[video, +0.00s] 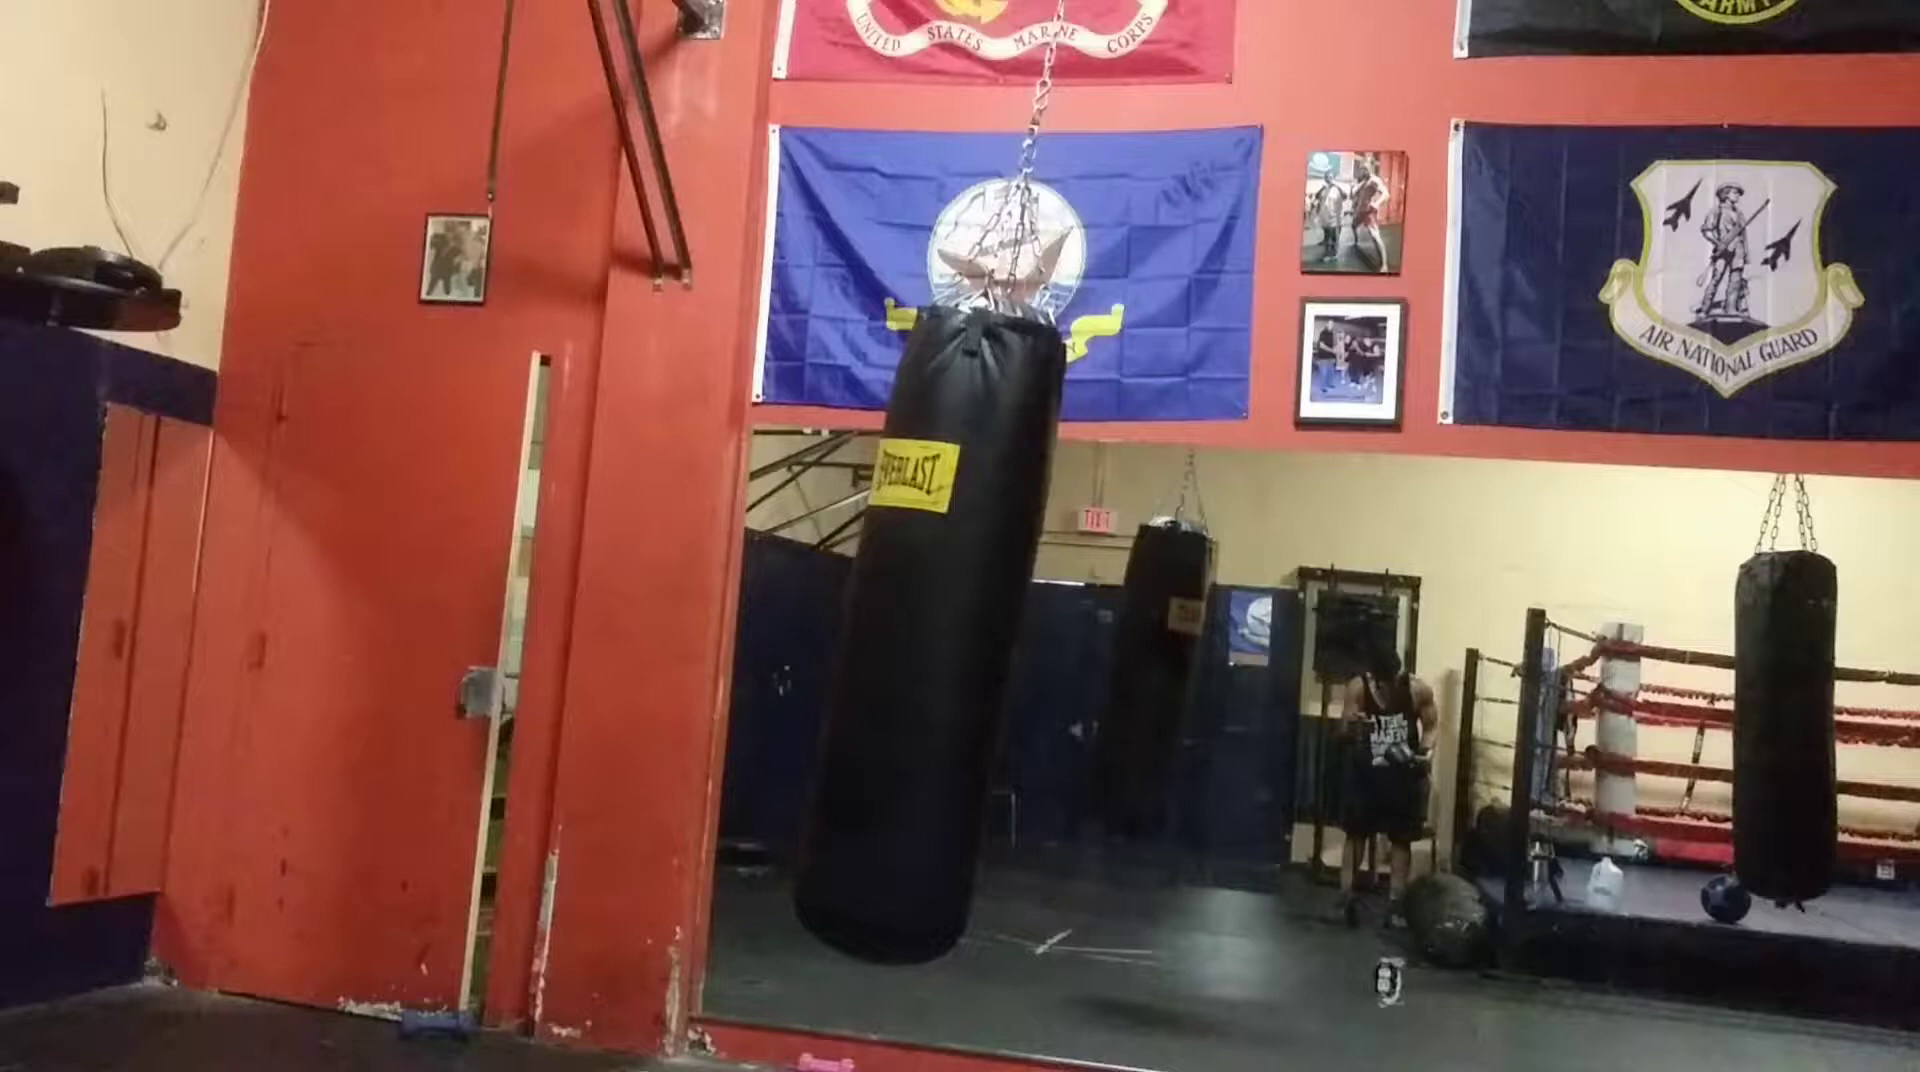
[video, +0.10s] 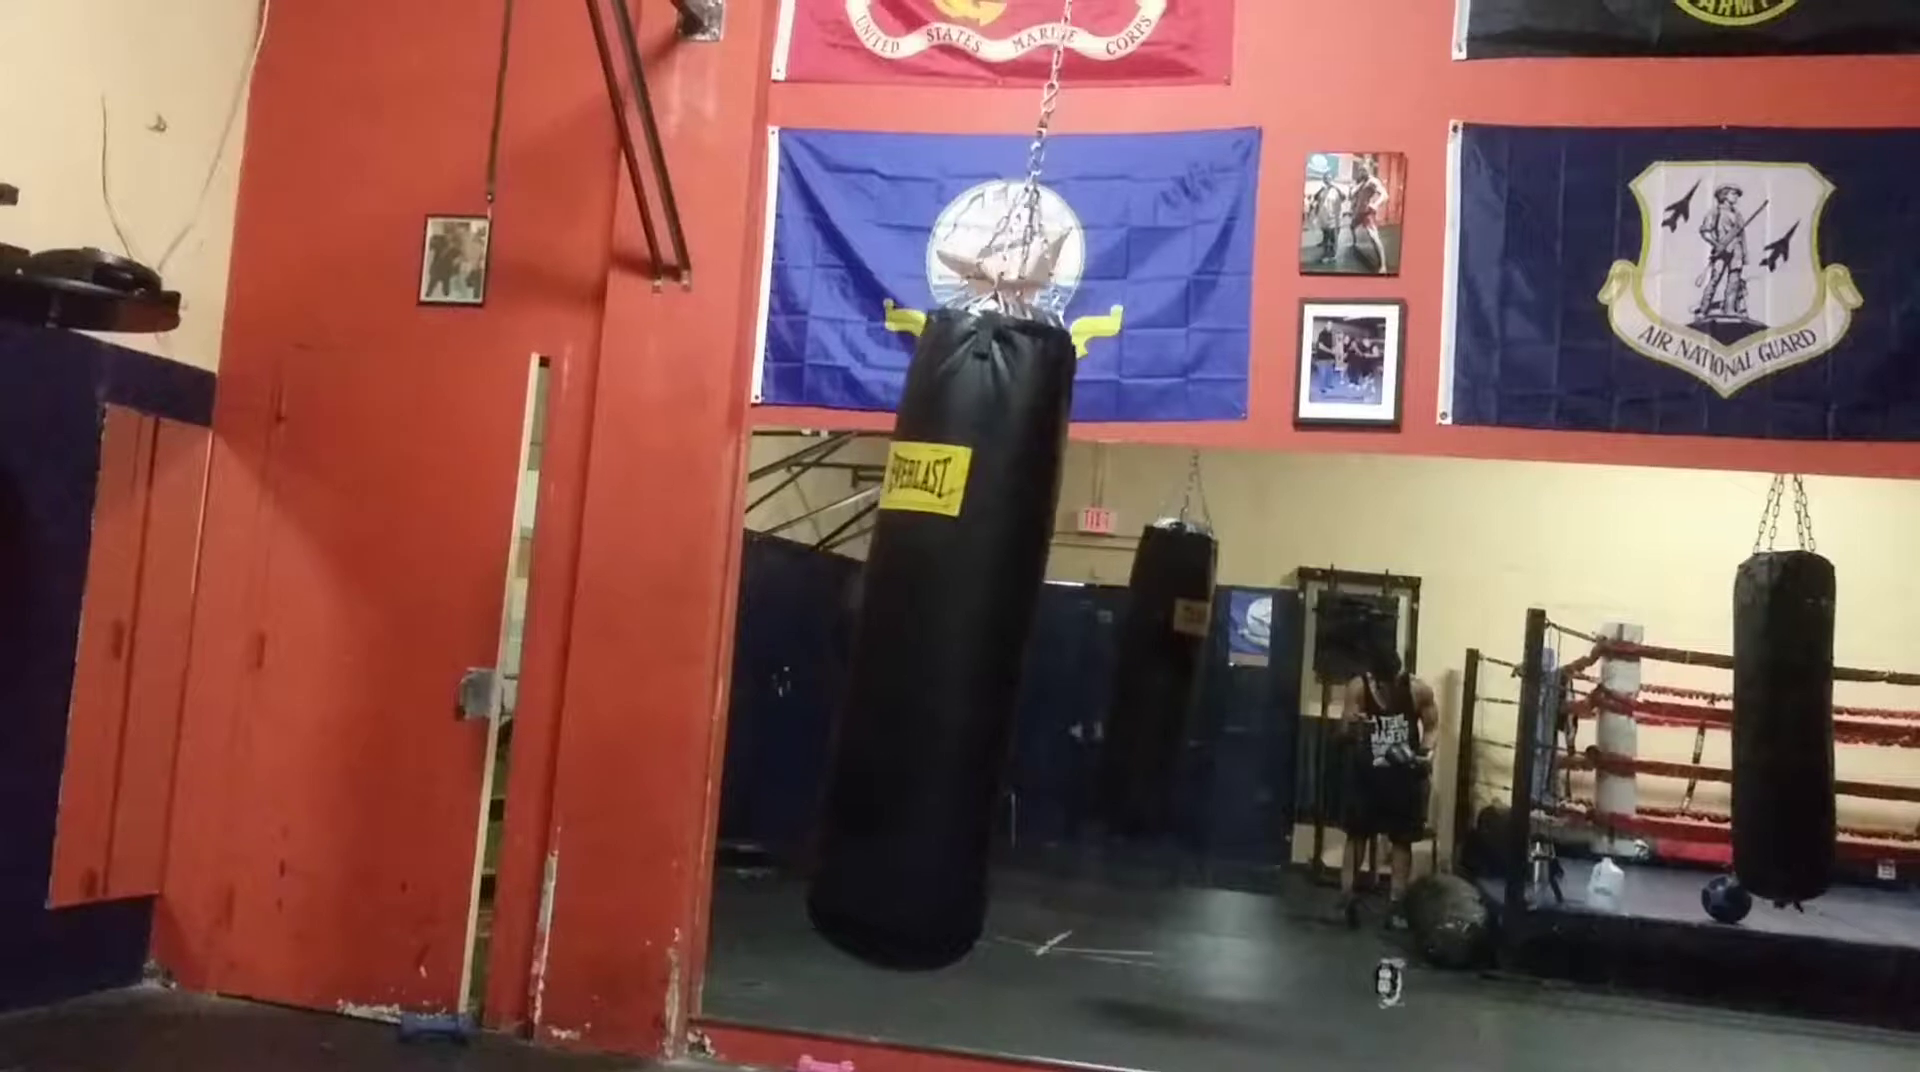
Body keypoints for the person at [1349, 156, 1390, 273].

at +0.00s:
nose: (1356, 172)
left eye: (1359, 169)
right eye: (1356, 169)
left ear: (1365, 170)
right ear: (1358, 171)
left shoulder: (1374, 180)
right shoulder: (1359, 183)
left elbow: (1385, 193)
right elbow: (1353, 196)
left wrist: (1376, 204)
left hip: (1369, 211)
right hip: (1358, 212)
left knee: (1375, 236)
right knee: (1353, 227)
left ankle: (1384, 264)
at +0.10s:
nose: (1360, 173)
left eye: (1362, 170)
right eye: (1359, 170)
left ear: (1367, 171)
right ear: (1358, 172)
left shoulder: (1372, 182)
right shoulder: (1358, 184)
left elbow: (1384, 194)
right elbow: (1351, 196)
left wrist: (1375, 205)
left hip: (1367, 213)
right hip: (1357, 213)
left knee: (1374, 237)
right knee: (1351, 229)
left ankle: (1382, 265)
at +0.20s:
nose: (1358, 172)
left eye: (1360, 170)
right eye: (1356, 170)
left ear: (1365, 170)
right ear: (1355, 171)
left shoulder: (1370, 181)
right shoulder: (1356, 183)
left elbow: (1382, 194)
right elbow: (1349, 195)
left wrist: (1373, 205)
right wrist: (1359, 184)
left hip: (1366, 212)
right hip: (1355, 212)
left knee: (1372, 236)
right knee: (1350, 227)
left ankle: (1381, 265)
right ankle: (1353, 243)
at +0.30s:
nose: (1356, 173)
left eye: (1359, 170)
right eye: (1356, 170)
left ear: (1364, 171)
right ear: (1355, 172)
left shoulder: (1371, 181)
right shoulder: (1356, 184)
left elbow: (1382, 194)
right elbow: (1349, 196)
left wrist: (1373, 205)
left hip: (1366, 212)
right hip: (1355, 212)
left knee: (1372, 237)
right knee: (1350, 227)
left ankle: (1381, 265)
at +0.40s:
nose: (1360, 173)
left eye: (1362, 170)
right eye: (1358, 171)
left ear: (1366, 171)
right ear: (1356, 172)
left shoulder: (1371, 182)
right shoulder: (1357, 185)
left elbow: (1383, 195)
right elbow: (1349, 196)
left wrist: (1373, 206)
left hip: (1367, 213)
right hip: (1356, 214)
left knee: (1373, 238)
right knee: (1351, 230)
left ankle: (1381, 266)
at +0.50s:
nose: (1364, 175)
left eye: (1366, 173)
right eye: (1362, 173)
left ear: (1370, 174)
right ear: (1361, 174)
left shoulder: (1375, 184)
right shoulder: (1360, 185)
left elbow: (1386, 197)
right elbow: (1353, 196)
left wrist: (1376, 207)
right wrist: (1364, 187)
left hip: (1370, 215)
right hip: (1360, 215)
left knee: (1377, 239)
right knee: (1354, 228)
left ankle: (1385, 268)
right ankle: (1357, 247)